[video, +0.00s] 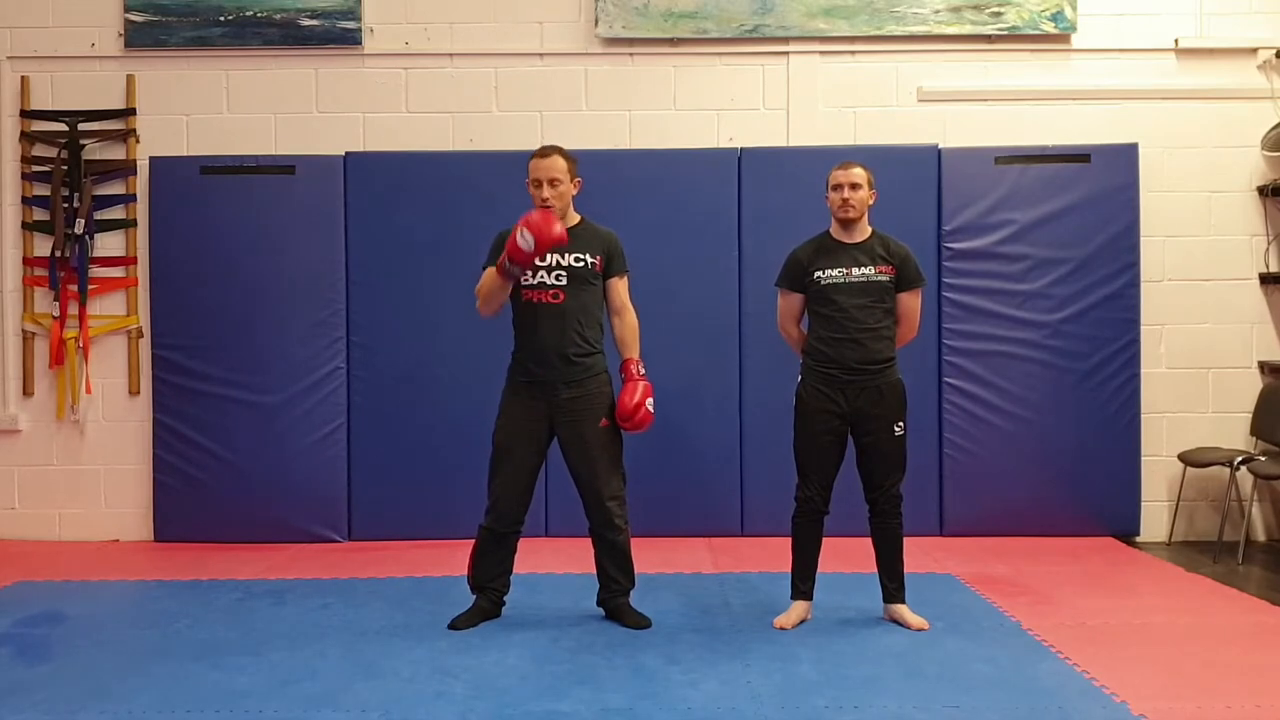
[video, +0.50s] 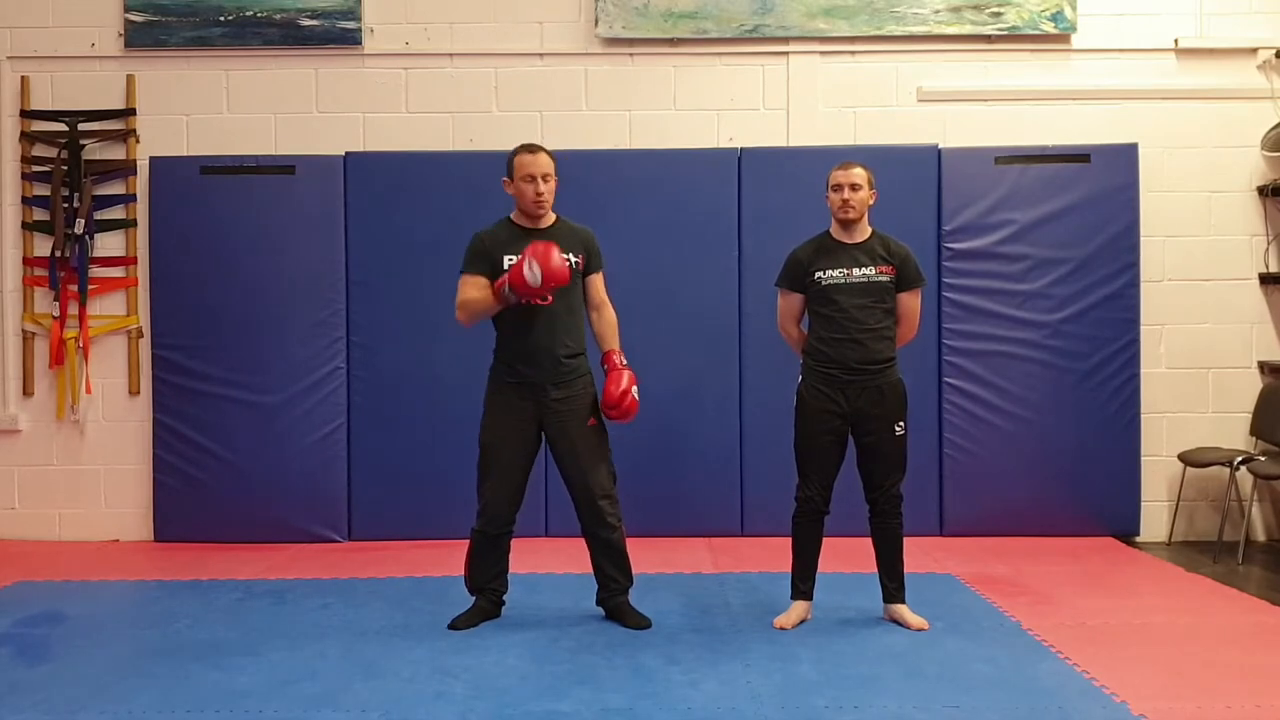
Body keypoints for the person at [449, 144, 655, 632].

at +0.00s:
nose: (543, 192)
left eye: (552, 183)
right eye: (535, 184)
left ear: (575, 185)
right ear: (527, 188)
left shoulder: (603, 242)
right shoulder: (514, 240)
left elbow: (622, 311)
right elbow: (486, 305)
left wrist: (633, 373)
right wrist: (515, 257)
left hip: (587, 389)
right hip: (527, 389)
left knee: (607, 500)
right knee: (505, 498)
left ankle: (616, 598)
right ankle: (488, 597)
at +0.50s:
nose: (540, 188)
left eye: (547, 178)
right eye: (529, 180)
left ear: (557, 182)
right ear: (510, 186)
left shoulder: (580, 240)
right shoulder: (489, 243)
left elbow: (600, 306)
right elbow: (466, 312)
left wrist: (616, 364)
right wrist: (512, 285)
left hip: (573, 388)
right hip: (512, 390)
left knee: (599, 496)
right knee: (496, 500)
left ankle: (615, 597)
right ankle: (487, 598)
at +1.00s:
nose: (588, 186)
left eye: (587, 178)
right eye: (577, 178)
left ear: (579, 185)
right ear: (546, 184)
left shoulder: (587, 242)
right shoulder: (512, 241)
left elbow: (592, 307)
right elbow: (482, 307)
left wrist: (616, 365)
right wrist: (542, 315)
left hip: (585, 390)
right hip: (529, 393)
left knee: (602, 493)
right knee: (507, 498)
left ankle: (614, 594)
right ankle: (489, 597)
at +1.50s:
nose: (668, 190)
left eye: (670, 182)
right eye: (659, 179)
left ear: (660, 188)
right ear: (629, 181)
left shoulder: (659, 251)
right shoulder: (584, 228)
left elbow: (681, 310)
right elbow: (544, 287)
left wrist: (727, 307)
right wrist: (595, 318)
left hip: (628, 384)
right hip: (576, 379)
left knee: (627, 492)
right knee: (557, 487)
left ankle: (615, 594)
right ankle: (524, 592)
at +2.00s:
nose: (640, 188)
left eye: (647, 178)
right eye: (629, 179)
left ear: (655, 182)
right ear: (608, 183)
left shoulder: (665, 242)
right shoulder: (584, 240)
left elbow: (666, 294)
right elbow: (556, 307)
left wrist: (686, 322)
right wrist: (606, 336)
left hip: (664, 385)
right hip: (608, 389)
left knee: (703, 480)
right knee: (601, 500)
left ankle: (674, 573)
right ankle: (602, 607)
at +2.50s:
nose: (731, 193)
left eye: (732, 184)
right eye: (723, 182)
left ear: (704, 186)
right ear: (692, 183)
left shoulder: (708, 246)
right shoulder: (663, 237)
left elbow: (704, 312)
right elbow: (663, 302)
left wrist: (745, 328)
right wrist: (725, 321)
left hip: (712, 386)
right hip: (670, 384)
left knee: (719, 493)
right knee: (660, 492)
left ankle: (693, 595)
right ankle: (620, 599)